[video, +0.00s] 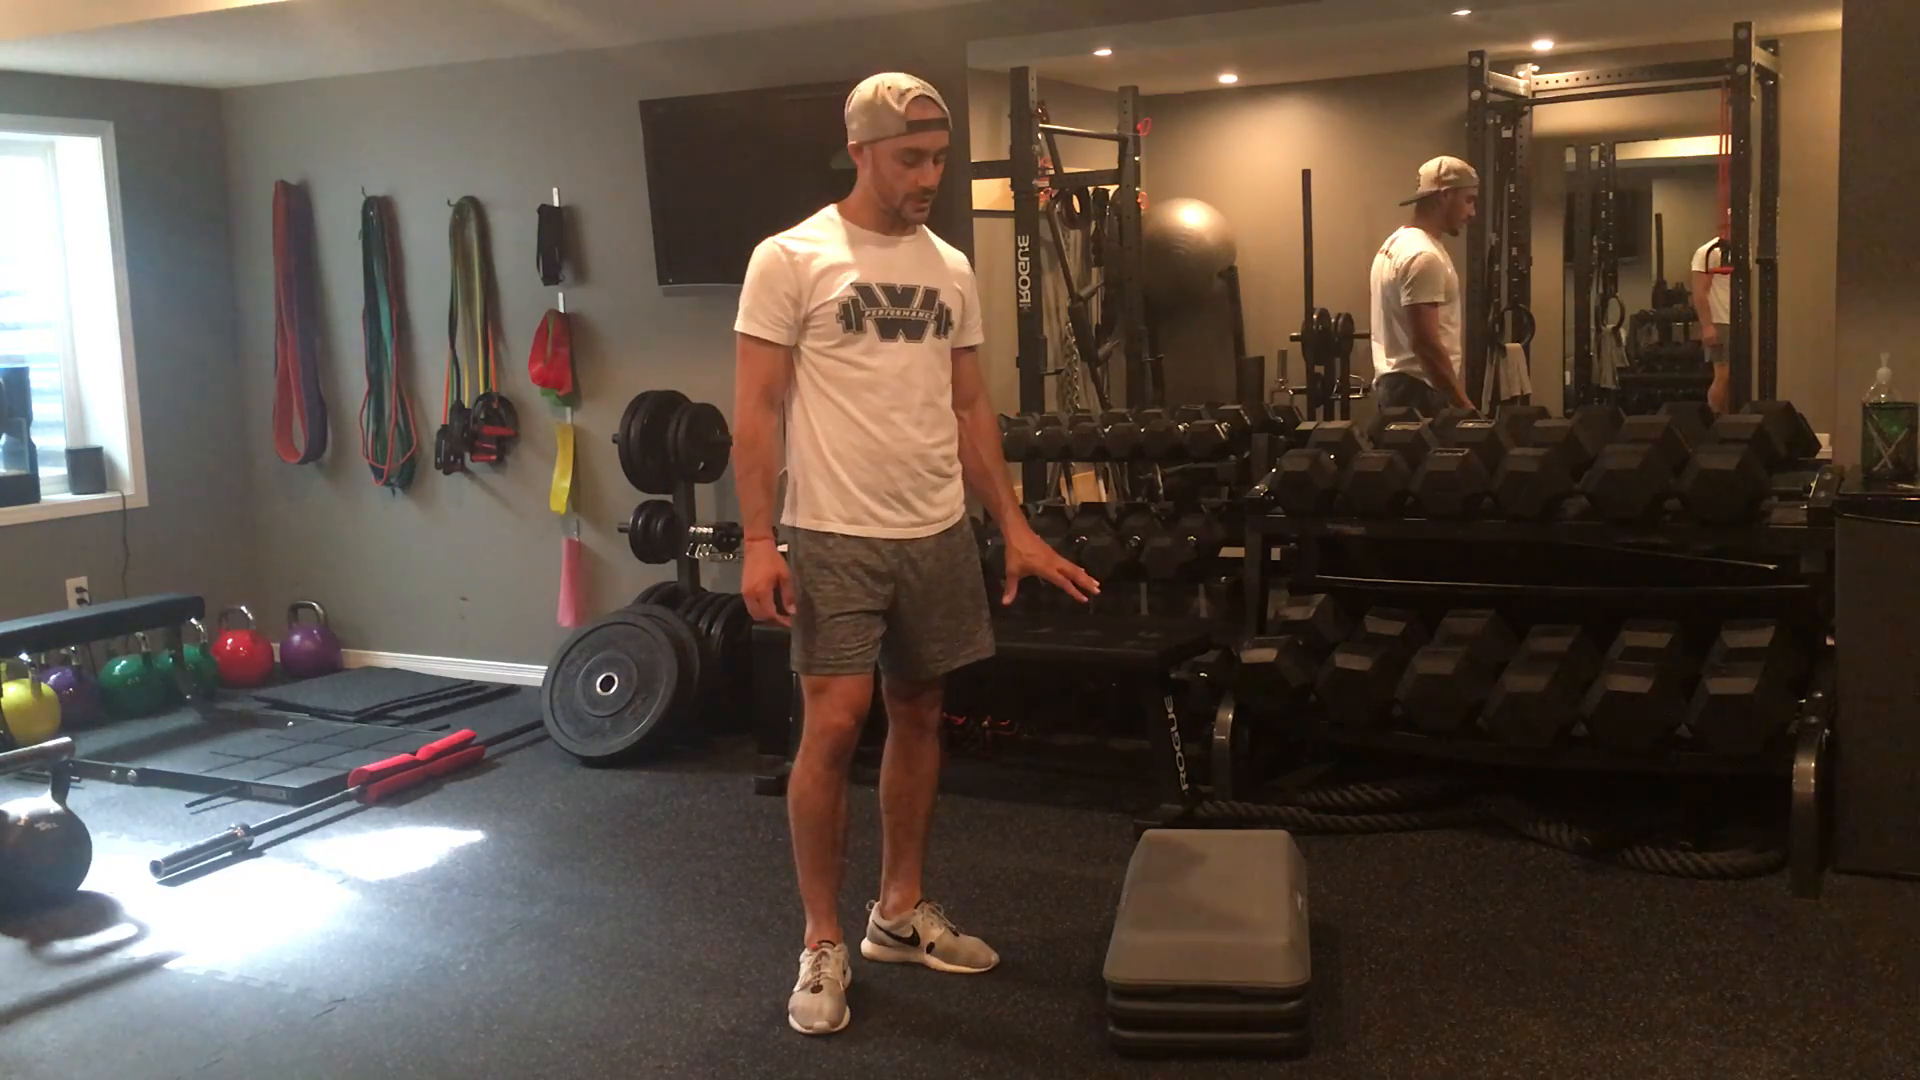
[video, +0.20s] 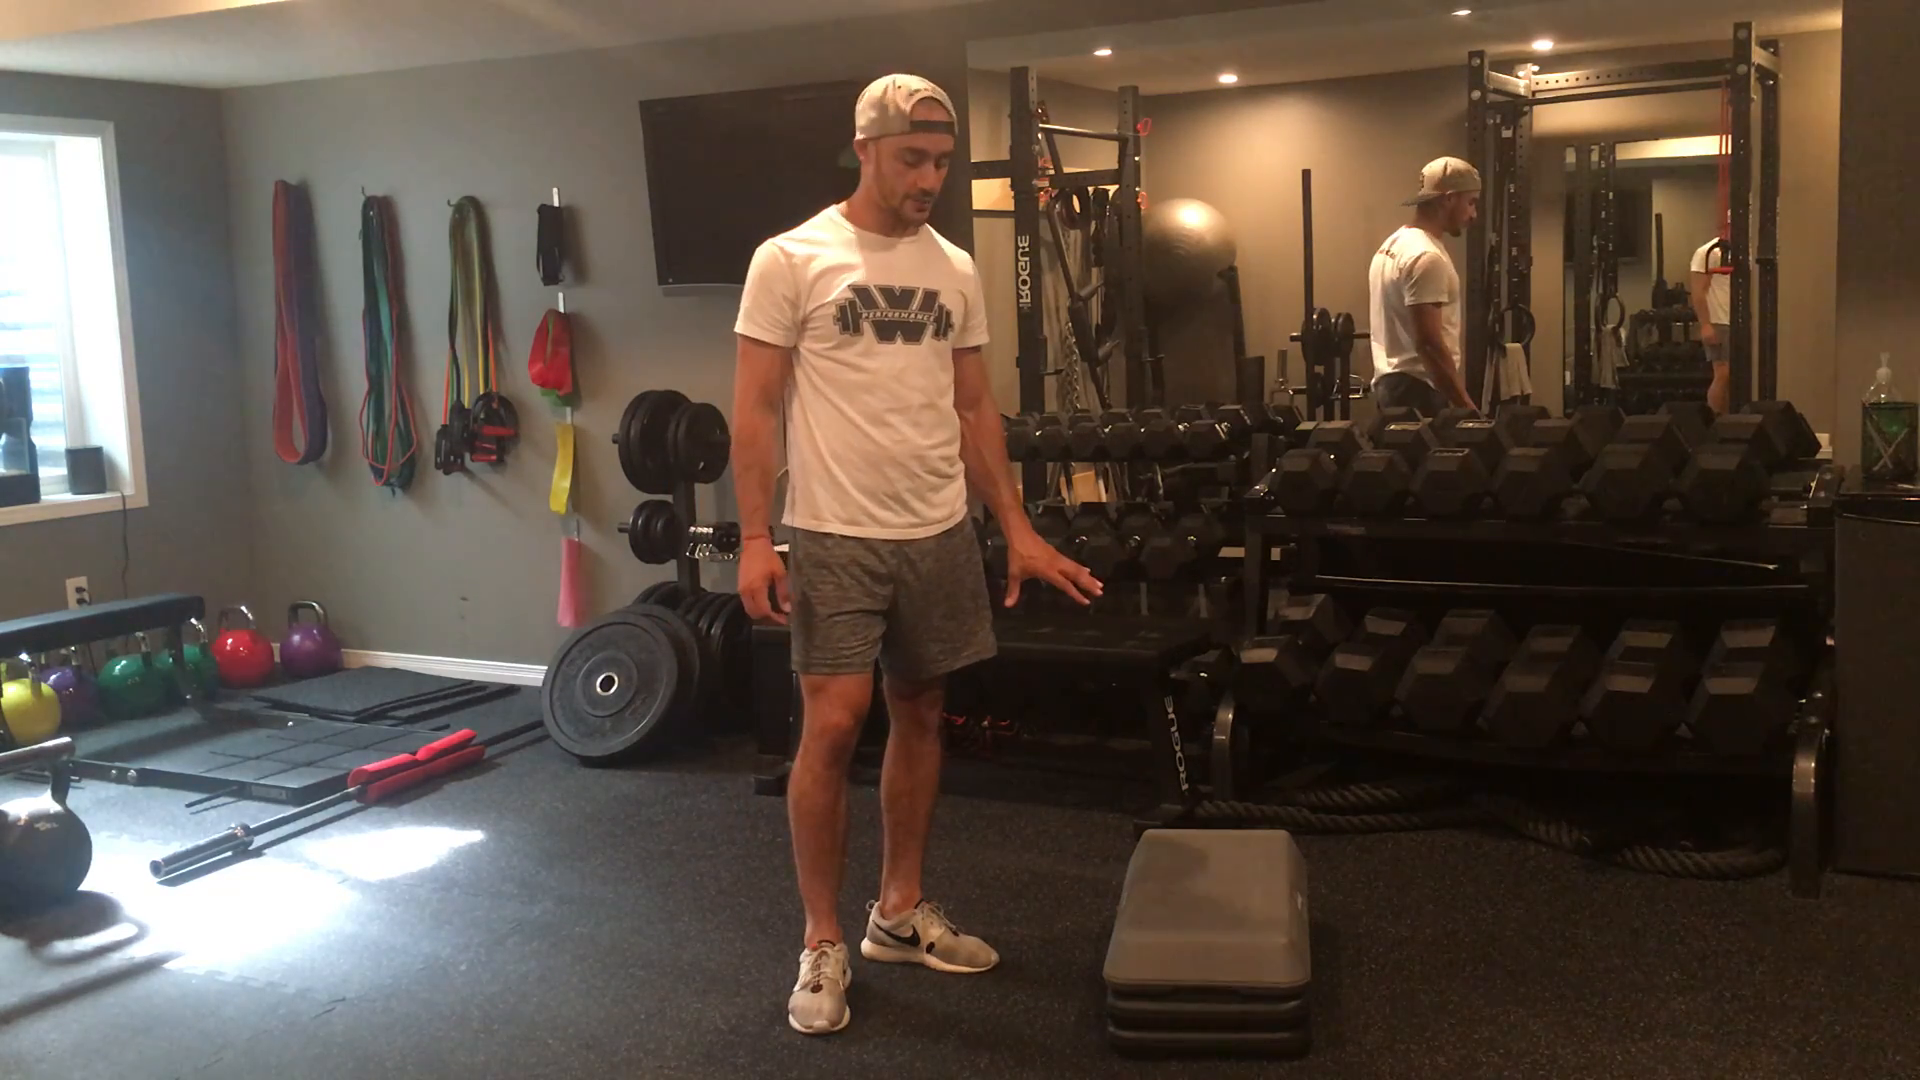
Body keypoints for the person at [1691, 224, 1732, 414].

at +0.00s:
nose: (1733, 231)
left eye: (1736, 226)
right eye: (1730, 226)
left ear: (1742, 228)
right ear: (1723, 227)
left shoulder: (1744, 253)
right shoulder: (1707, 253)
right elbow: (1699, 293)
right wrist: (1707, 325)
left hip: (1743, 325)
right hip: (1721, 324)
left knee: (1734, 377)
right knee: (1723, 375)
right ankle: (1715, 423)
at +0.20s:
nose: (1735, 228)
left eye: (1737, 224)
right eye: (1732, 223)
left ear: (1741, 226)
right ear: (1725, 225)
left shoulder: (1744, 254)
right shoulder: (1706, 253)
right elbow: (1698, 292)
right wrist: (1705, 324)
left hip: (1741, 324)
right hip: (1719, 324)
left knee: (1732, 377)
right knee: (1722, 374)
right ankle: (1715, 423)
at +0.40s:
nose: (1735, 228)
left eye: (1739, 223)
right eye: (1733, 223)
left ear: (1746, 226)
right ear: (1727, 223)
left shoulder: (1746, 253)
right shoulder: (1708, 253)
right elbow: (1698, 292)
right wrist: (1700, 325)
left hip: (1742, 324)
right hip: (1719, 323)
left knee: (1733, 377)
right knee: (1722, 374)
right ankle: (1715, 423)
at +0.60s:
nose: (1734, 226)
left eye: (1736, 221)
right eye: (1731, 220)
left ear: (1741, 224)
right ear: (1724, 222)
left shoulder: (1746, 254)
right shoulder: (1707, 254)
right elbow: (1698, 293)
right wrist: (1698, 326)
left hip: (1742, 324)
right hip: (1718, 323)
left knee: (1732, 377)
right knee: (1722, 376)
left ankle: (1727, 421)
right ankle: (1713, 422)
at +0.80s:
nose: (1734, 223)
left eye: (1735, 219)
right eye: (1730, 218)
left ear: (1741, 222)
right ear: (1723, 221)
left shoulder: (1745, 254)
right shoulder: (1708, 255)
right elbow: (1699, 292)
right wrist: (1701, 326)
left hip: (1742, 324)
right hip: (1719, 324)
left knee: (1732, 377)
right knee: (1722, 375)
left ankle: (1726, 421)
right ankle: (1713, 422)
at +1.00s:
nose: (1733, 223)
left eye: (1736, 217)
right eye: (1730, 217)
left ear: (1743, 220)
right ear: (1723, 221)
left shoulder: (1748, 253)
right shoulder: (1710, 254)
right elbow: (1701, 293)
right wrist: (1704, 327)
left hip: (1745, 325)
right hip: (1721, 324)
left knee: (1740, 378)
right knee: (1722, 377)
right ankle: (1715, 424)